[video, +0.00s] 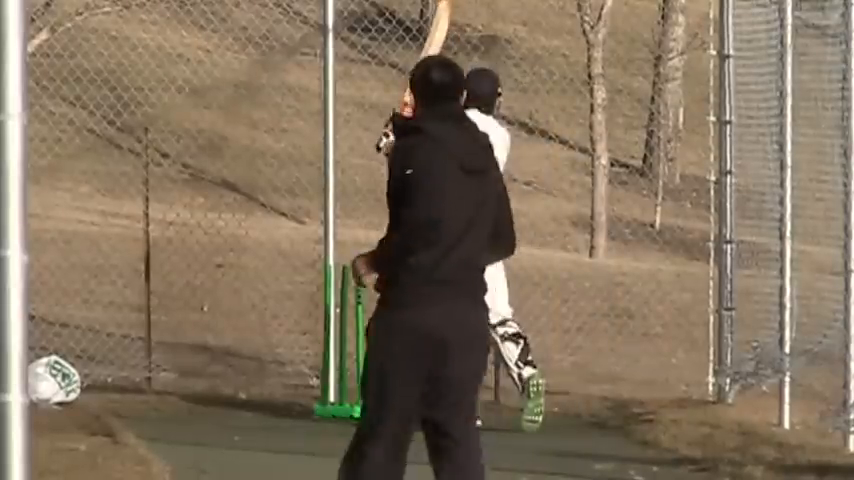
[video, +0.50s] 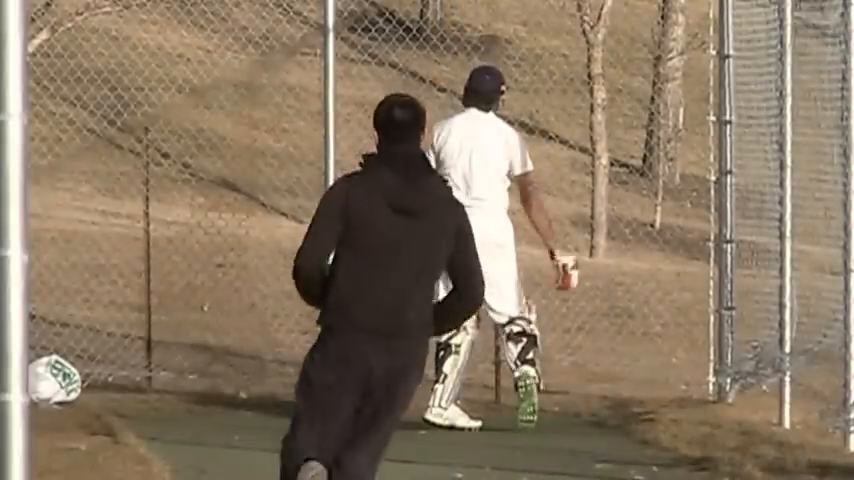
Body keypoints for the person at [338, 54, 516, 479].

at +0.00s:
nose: (405, 95)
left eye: (408, 89)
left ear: (415, 97)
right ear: (459, 98)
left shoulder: (411, 148)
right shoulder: (480, 149)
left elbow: (412, 229)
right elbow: (502, 242)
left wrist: (374, 260)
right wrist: (444, 250)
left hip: (407, 319)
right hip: (466, 321)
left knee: (381, 442)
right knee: (456, 441)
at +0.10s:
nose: (384, 121)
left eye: (386, 116)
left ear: (390, 121)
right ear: (437, 122)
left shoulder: (381, 183)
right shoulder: (463, 190)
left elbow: (353, 255)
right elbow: (481, 283)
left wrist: (320, 287)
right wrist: (435, 307)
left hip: (373, 357)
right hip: (432, 363)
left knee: (335, 462)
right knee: (403, 460)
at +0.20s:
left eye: (375, 116)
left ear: (376, 121)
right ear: (422, 121)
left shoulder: (358, 184)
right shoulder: (452, 188)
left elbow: (308, 266)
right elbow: (481, 272)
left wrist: (304, 259)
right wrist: (437, 314)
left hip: (360, 341)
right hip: (421, 348)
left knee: (337, 452)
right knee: (380, 450)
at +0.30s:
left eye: (373, 101)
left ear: (372, 105)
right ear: (419, 105)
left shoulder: (350, 162)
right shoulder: (448, 168)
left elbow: (305, 239)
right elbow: (487, 243)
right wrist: (441, 288)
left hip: (357, 316)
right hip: (417, 321)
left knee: (338, 431)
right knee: (370, 427)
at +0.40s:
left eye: (376, 109)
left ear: (373, 111)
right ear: (419, 111)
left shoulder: (346, 168)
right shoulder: (448, 176)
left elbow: (307, 246)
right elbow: (481, 253)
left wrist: (350, 242)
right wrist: (435, 298)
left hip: (348, 319)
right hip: (410, 326)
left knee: (327, 433)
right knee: (369, 438)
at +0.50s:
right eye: (424, 130)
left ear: (377, 133)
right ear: (423, 135)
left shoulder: (349, 191)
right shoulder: (447, 204)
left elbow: (307, 268)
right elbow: (471, 293)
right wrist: (422, 322)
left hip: (344, 346)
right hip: (406, 354)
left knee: (308, 444)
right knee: (359, 462)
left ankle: (311, 466)